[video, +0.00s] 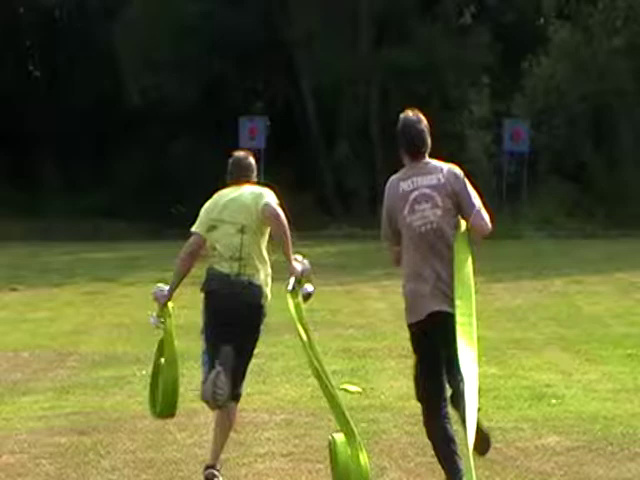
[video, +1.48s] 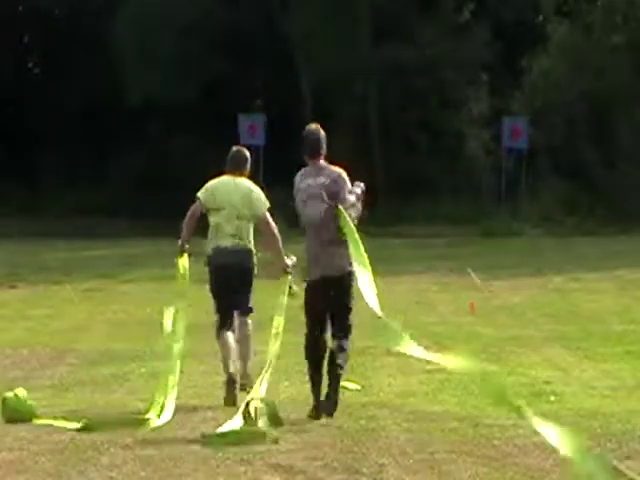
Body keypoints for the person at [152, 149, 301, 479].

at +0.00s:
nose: (251, 178)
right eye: (254, 173)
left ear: (229, 176)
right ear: (254, 175)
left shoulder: (216, 200)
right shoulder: (263, 195)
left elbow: (193, 248)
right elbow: (275, 216)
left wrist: (171, 288)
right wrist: (292, 260)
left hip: (216, 284)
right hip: (252, 288)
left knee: (213, 341)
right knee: (233, 381)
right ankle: (213, 462)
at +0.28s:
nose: (215, 180)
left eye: (202, 177)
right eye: (218, 174)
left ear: (196, 178)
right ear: (221, 176)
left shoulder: (187, 208)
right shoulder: (237, 204)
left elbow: (167, 246)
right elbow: (257, 239)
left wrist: (152, 268)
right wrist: (259, 283)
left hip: (194, 284)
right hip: (229, 284)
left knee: (193, 366)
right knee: (221, 349)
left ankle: (186, 446)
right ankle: (215, 392)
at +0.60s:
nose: (220, 178)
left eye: (212, 171)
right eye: (225, 174)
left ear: (203, 173)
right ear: (227, 176)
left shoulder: (188, 196)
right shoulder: (235, 205)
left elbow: (162, 224)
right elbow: (247, 246)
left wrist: (151, 251)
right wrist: (248, 290)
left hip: (186, 280)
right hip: (216, 284)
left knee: (189, 344)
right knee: (213, 363)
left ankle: (189, 387)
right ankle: (198, 428)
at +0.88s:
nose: (230, 172)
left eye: (227, 167)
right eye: (230, 168)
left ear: (204, 169)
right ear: (226, 169)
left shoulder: (191, 192)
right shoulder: (233, 196)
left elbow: (168, 220)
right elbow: (244, 234)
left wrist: (157, 248)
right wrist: (247, 271)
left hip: (196, 272)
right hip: (224, 272)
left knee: (195, 342)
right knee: (220, 335)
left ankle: (196, 411)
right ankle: (216, 375)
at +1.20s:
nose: (239, 167)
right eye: (240, 163)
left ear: (217, 163)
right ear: (238, 164)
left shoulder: (206, 184)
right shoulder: (246, 191)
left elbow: (185, 210)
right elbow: (259, 237)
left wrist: (172, 235)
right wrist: (263, 273)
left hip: (209, 258)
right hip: (236, 259)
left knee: (216, 317)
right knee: (230, 324)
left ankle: (220, 376)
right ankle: (227, 381)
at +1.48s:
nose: (247, 170)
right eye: (247, 166)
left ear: (227, 165)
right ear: (248, 167)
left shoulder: (213, 186)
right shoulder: (253, 190)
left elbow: (192, 214)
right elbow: (270, 227)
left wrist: (184, 240)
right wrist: (282, 257)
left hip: (217, 254)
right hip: (244, 255)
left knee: (224, 320)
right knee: (242, 316)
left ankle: (229, 372)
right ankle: (244, 373)